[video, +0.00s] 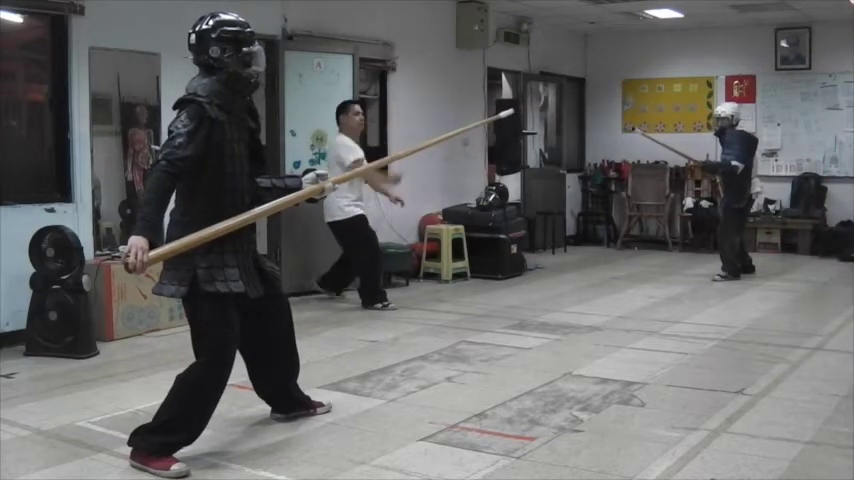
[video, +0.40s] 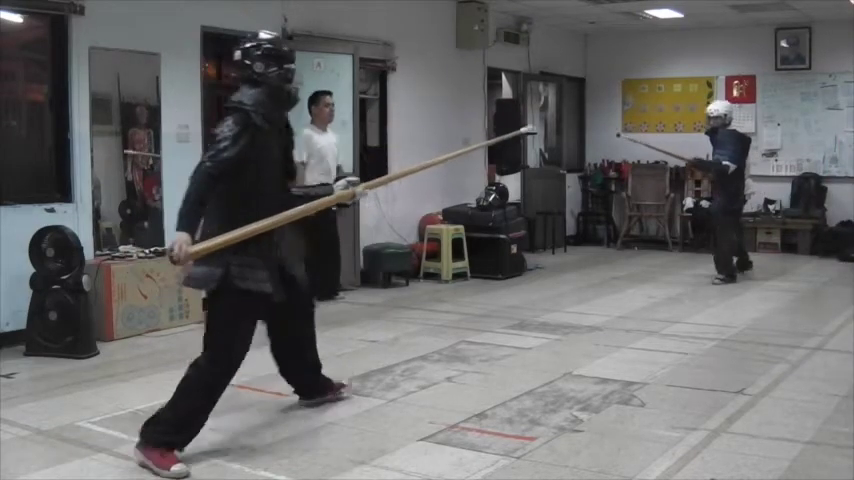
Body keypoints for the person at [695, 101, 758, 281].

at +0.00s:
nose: (718, 123)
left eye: (722, 119)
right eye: (717, 119)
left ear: (732, 120)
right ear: (718, 120)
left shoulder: (737, 137)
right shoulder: (728, 138)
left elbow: (734, 166)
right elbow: (728, 164)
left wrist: (705, 166)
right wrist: (705, 166)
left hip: (737, 193)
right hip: (734, 192)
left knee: (727, 230)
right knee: (732, 229)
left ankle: (731, 270)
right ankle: (744, 263)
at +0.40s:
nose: (711, 122)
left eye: (715, 118)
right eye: (710, 118)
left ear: (726, 119)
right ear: (710, 119)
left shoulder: (731, 138)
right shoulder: (719, 138)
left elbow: (725, 168)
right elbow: (721, 164)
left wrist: (698, 163)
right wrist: (702, 166)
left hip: (728, 194)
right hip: (725, 193)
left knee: (722, 230)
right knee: (731, 227)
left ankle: (727, 273)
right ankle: (743, 260)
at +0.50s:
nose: (708, 120)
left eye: (712, 116)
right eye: (707, 116)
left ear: (723, 117)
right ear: (707, 117)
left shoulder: (729, 136)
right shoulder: (715, 135)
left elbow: (721, 166)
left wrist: (696, 161)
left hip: (728, 194)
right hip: (721, 193)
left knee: (723, 230)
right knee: (721, 229)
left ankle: (727, 272)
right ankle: (734, 260)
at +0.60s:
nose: (703, 120)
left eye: (707, 115)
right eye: (701, 115)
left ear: (718, 116)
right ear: (700, 115)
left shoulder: (724, 134)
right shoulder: (712, 134)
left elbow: (717, 162)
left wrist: (688, 158)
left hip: (727, 194)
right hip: (718, 193)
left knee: (722, 232)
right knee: (714, 230)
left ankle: (727, 273)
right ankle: (717, 265)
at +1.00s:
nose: (686, 125)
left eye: (690, 120)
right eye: (685, 120)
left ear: (701, 120)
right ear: (685, 120)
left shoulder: (709, 138)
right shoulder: (693, 139)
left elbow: (701, 170)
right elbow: (695, 167)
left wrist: (672, 168)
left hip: (707, 197)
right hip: (695, 197)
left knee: (699, 234)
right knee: (685, 235)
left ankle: (715, 268)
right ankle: (693, 275)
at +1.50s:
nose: (672, 135)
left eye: (677, 130)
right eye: (670, 130)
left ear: (688, 130)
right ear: (666, 130)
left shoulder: (692, 148)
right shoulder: (679, 149)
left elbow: (686, 178)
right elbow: (679, 175)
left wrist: (656, 173)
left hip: (700, 206)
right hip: (690, 205)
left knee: (679, 237)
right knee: (676, 237)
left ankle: (690, 285)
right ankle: (694, 277)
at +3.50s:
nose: (676, 120)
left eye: (681, 116)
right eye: (675, 116)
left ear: (692, 117)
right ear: (673, 115)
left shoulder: (698, 137)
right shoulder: (684, 138)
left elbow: (698, 170)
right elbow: (686, 168)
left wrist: (668, 173)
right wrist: (669, 169)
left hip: (695, 196)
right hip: (684, 195)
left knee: (685, 235)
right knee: (678, 234)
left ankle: (694, 281)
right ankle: (693, 275)